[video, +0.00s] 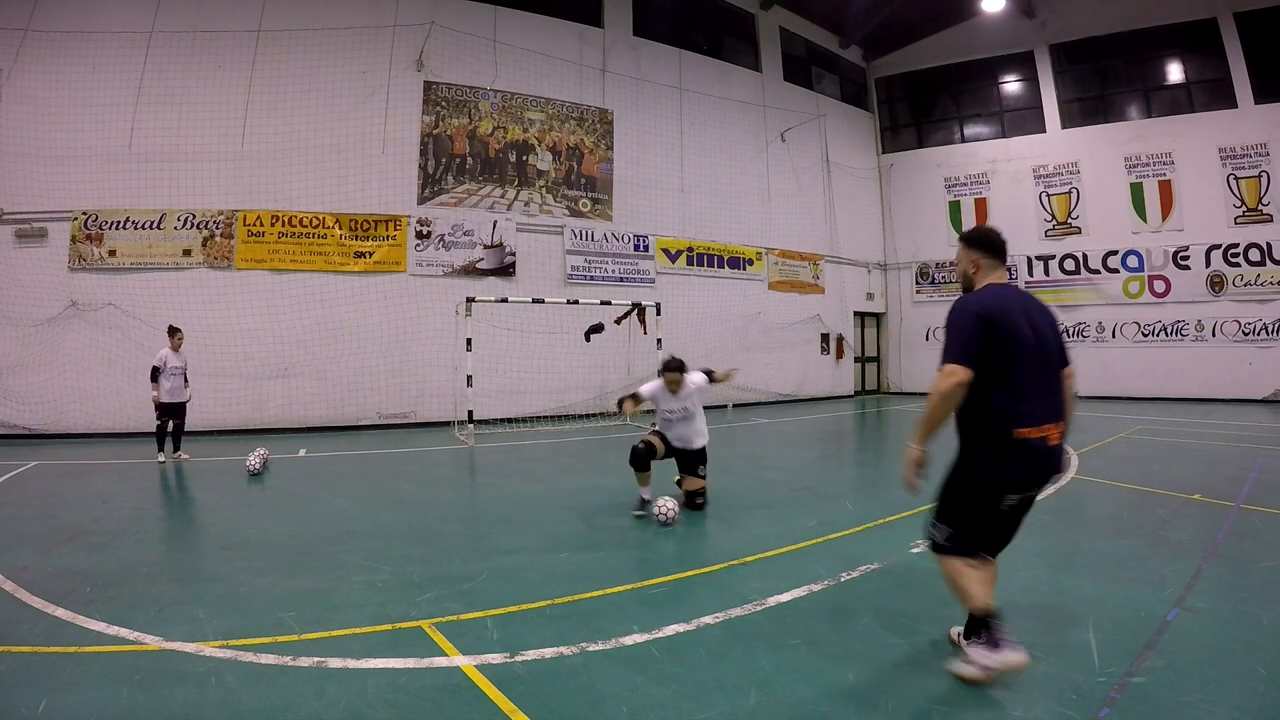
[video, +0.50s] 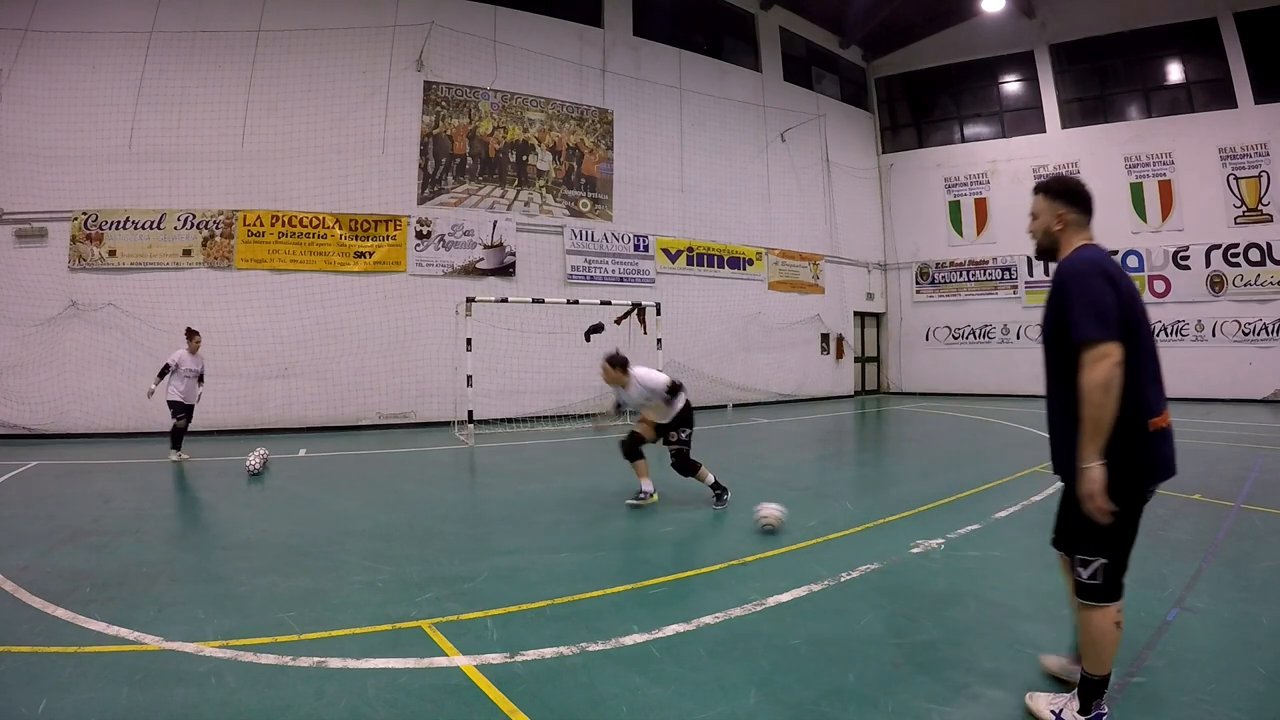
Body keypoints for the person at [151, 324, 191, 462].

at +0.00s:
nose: (181, 342)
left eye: (182, 339)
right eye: (179, 339)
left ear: (182, 339)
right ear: (171, 339)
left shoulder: (182, 356)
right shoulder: (163, 354)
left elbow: (184, 374)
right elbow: (154, 374)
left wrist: (187, 389)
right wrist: (155, 393)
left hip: (180, 397)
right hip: (165, 397)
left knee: (179, 425)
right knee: (163, 425)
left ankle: (177, 451)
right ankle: (161, 452)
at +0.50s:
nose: (199, 345)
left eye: (200, 342)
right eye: (196, 342)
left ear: (199, 343)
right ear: (189, 342)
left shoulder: (199, 359)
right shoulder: (179, 355)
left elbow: (201, 376)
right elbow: (165, 369)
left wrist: (200, 388)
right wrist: (153, 385)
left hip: (190, 397)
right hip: (175, 395)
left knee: (185, 424)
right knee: (181, 421)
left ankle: (178, 450)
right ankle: (173, 450)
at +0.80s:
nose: (214, 350)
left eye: (215, 347)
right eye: (212, 347)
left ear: (214, 347)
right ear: (203, 346)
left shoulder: (214, 362)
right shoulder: (191, 360)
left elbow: (215, 378)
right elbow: (179, 376)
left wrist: (210, 389)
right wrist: (169, 392)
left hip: (203, 397)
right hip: (188, 395)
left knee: (206, 426)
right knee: (190, 424)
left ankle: (192, 440)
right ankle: (181, 453)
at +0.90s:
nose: (220, 348)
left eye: (221, 345)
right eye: (218, 345)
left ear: (221, 346)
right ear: (210, 346)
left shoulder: (218, 360)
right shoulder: (201, 361)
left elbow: (213, 378)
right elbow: (192, 380)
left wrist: (212, 393)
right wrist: (195, 394)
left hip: (212, 400)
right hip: (197, 403)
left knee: (225, 420)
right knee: (191, 428)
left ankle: (220, 449)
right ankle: (181, 454)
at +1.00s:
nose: (227, 345)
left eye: (228, 342)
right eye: (225, 342)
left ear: (227, 342)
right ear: (217, 342)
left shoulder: (225, 356)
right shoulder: (212, 357)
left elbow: (221, 379)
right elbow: (202, 378)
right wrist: (203, 398)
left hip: (227, 398)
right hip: (212, 400)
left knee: (241, 419)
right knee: (198, 425)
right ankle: (180, 446)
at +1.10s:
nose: (235, 349)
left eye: (235, 347)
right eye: (232, 347)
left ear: (235, 347)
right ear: (224, 347)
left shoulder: (234, 361)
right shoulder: (219, 361)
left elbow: (233, 381)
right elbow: (212, 381)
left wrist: (238, 396)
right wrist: (213, 400)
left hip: (238, 398)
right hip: (225, 401)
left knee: (253, 423)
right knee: (227, 428)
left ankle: (258, 454)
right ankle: (204, 435)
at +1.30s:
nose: (249, 355)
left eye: (249, 352)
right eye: (247, 352)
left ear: (239, 352)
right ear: (238, 352)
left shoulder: (244, 364)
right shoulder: (231, 365)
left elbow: (244, 384)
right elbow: (228, 388)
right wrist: (238, 404)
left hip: (249, 398)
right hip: (237, 404)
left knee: (263, 420)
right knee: (260, 415)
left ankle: (259, 454)